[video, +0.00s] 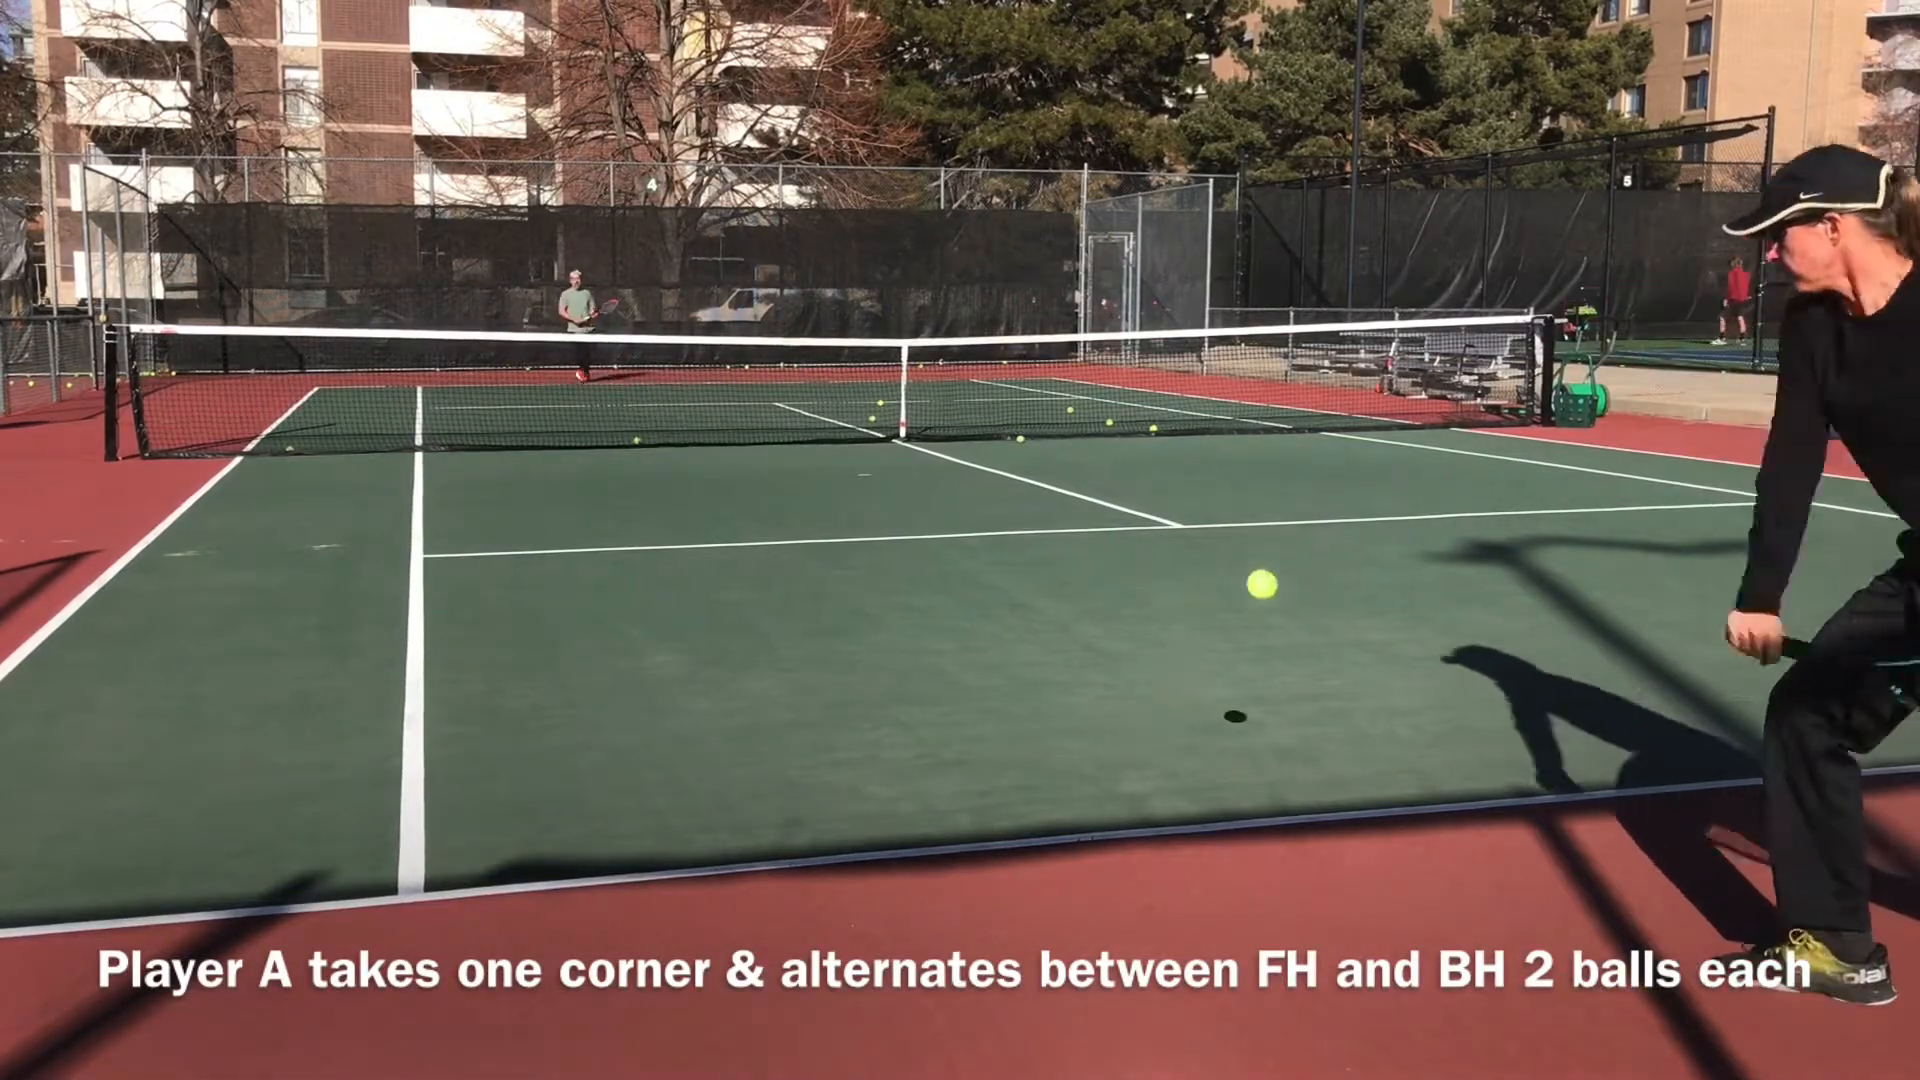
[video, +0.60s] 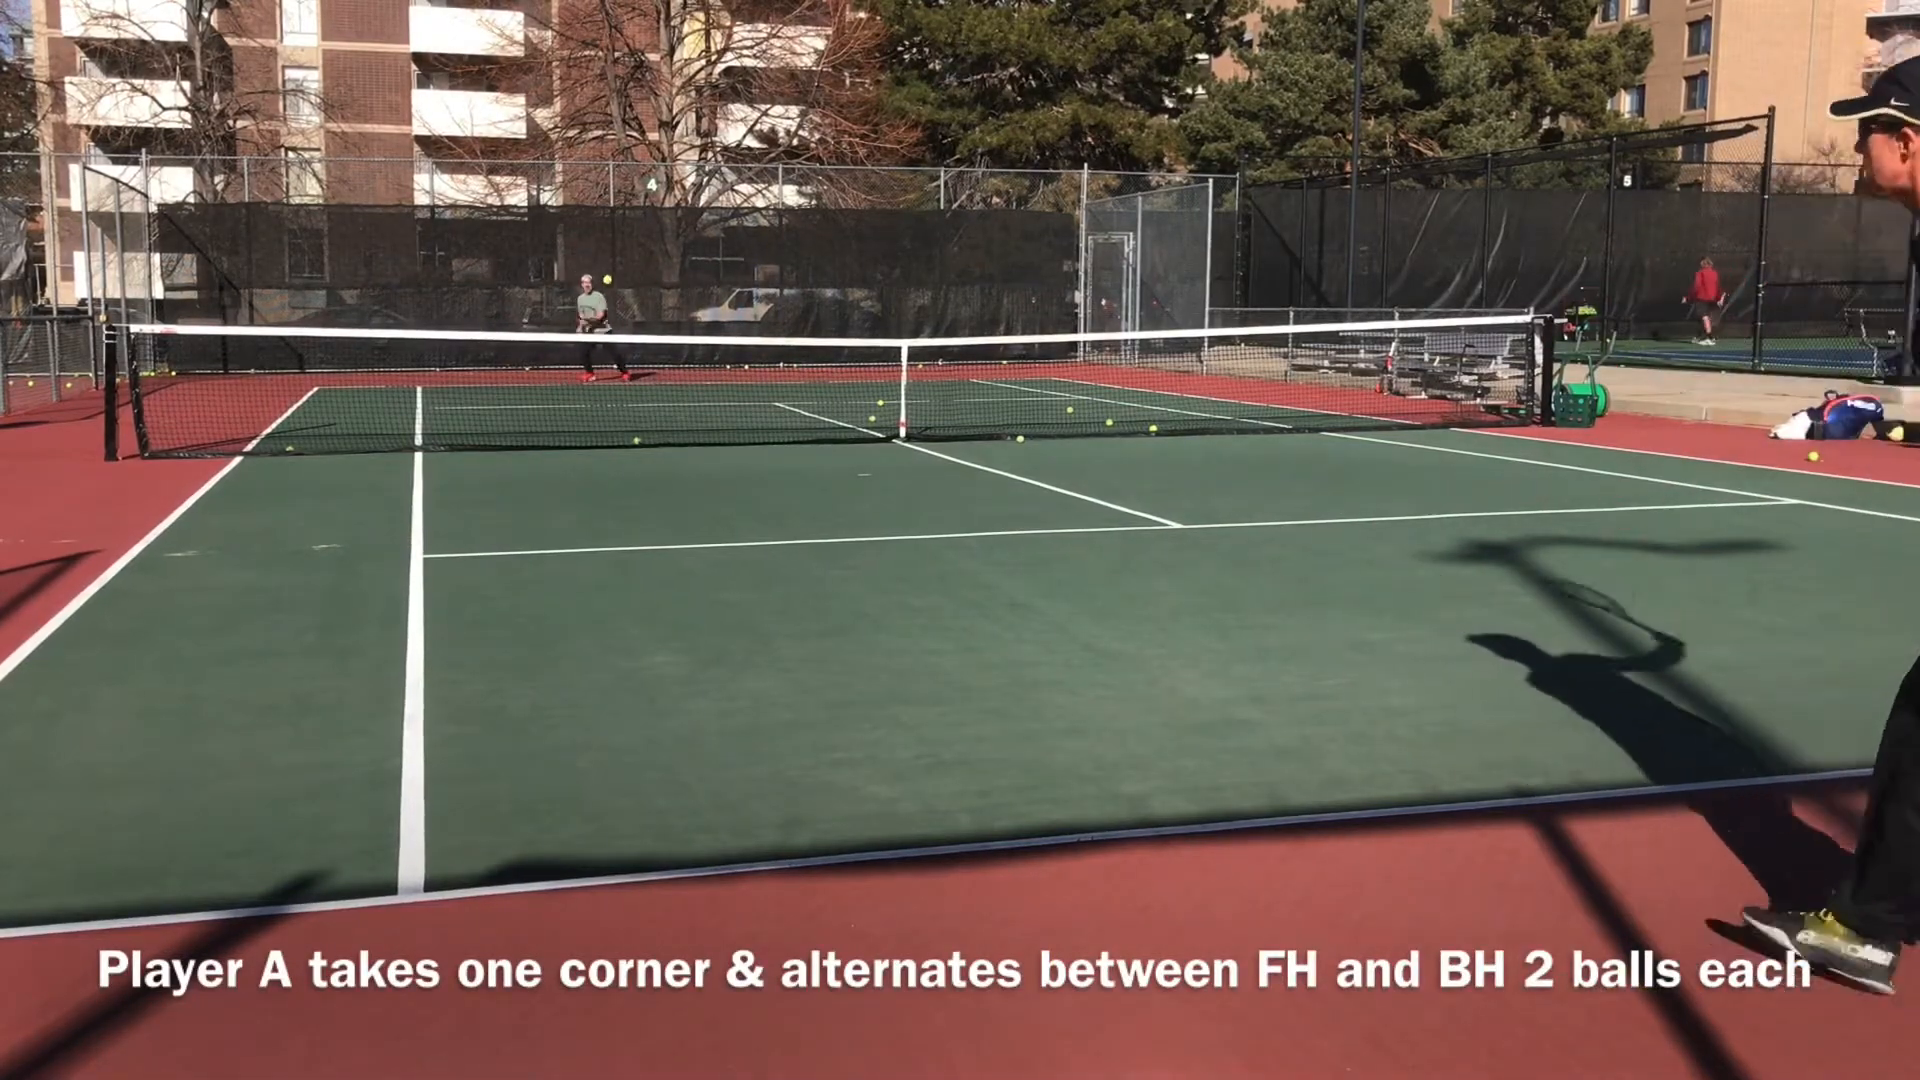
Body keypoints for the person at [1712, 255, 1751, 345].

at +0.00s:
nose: (1732, 267)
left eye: (1731, 265)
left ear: (1732, 264)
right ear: (1741, 264)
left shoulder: (1731, 274)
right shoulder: (1746, 274)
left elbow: (1730, 288)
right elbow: (1748, 286)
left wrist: (1727, 298)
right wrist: (1748, 295)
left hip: (1733, 299)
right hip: (1744, 299)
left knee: (1722, 316)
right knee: (1740, 316)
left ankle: (1722, 336)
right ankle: (1743, 335)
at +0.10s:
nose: (1728, 268)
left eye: (1728, 266)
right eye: (1730, 266)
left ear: (1728, 266)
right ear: (1736, 265)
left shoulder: (1727, 274)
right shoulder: (1741, 275)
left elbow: (1726, 288)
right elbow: (1742, 287)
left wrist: (1724, 299)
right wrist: (1741, 297)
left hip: (1729, 299)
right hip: (1738, 299)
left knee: (1720, 316)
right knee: (1737, 316)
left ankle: (1714, 335)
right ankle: (1743, 333)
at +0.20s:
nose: (1719, 267)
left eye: (1719, 265)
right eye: (1719, 265)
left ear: (1721, 265)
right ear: (1729, 265)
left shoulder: (1720, 274)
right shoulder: (1734, 274)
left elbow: (1721, 288)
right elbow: (1737, 285)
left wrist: (1720, 301)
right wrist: (1737, 297)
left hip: (1724, 300)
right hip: (1734, 300)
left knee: (1714, 318)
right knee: (1732, 317)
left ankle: (1711, 338)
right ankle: (1740, 336)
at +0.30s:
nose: (1714, 266)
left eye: (1715, 265)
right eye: (1715, 265)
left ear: (1716, 265)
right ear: (1723, 265)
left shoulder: (1715, 274)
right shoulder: (1728, 274)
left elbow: (1715, 288)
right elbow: (1729, 287)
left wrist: (1713, 300)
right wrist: (1730, 297)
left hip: (1717, 300)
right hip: (1725, 299)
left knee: (1711, 317)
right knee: (1724, 317)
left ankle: (1710, 338)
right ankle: (1735, 332)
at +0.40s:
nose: (1709, 265)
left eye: (1710, 263)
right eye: (1710, 263)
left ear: (1712, 264)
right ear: (1719, 263)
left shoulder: (1710, 272)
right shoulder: (1723, 273)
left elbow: (1708, 287)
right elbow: (1725, 286)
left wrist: (1705, 299)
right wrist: (1725, 296)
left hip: (1711, 298)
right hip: (1722, 298)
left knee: (1709, 317)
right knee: (1716, 318)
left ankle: (1709, 337)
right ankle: (1727, 331)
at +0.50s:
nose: (1705, 265)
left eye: (1706, 264)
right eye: (1706, 263)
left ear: (1707, 264)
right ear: (1714, 264)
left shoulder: (1705, 273)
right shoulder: (1719, 273)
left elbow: (1701, 286)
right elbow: (1722, 286)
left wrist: (1696, 297)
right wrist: (1720, 297)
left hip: (1706, 297)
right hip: (1715, 297)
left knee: (1706, 315)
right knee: (1711, 315)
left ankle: (1708, 337)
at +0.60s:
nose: (1701, 265)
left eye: (1702, 263)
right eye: (1703, 263)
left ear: (1702, 264)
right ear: (1710, 264)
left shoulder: (1700, 273)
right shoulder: (1715, 273)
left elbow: (1696, 287)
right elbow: (1717, 286)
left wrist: (1689, 297)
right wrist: (1718, 297)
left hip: (1702, 297)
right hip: (1712, 297)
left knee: (1704, 315)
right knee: (1707, 316)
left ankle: (1709, 336)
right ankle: (1701, 335)